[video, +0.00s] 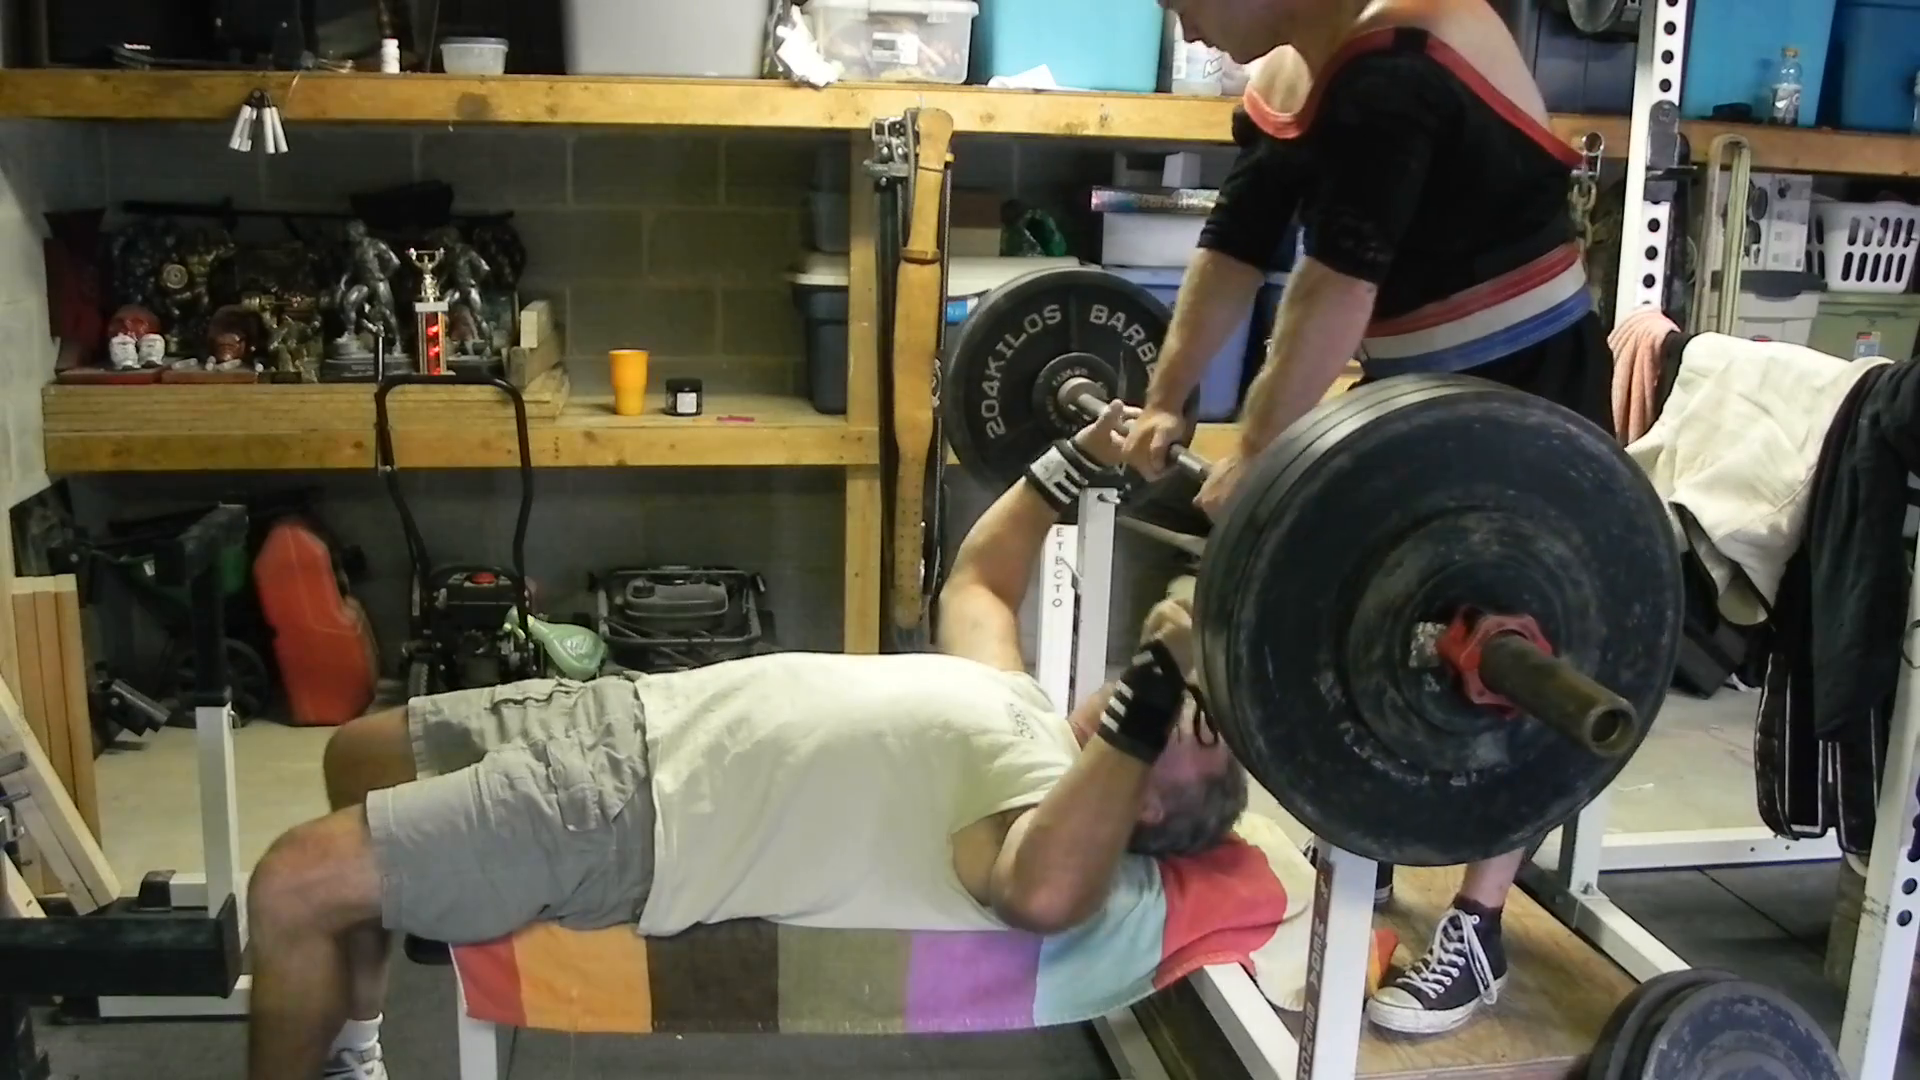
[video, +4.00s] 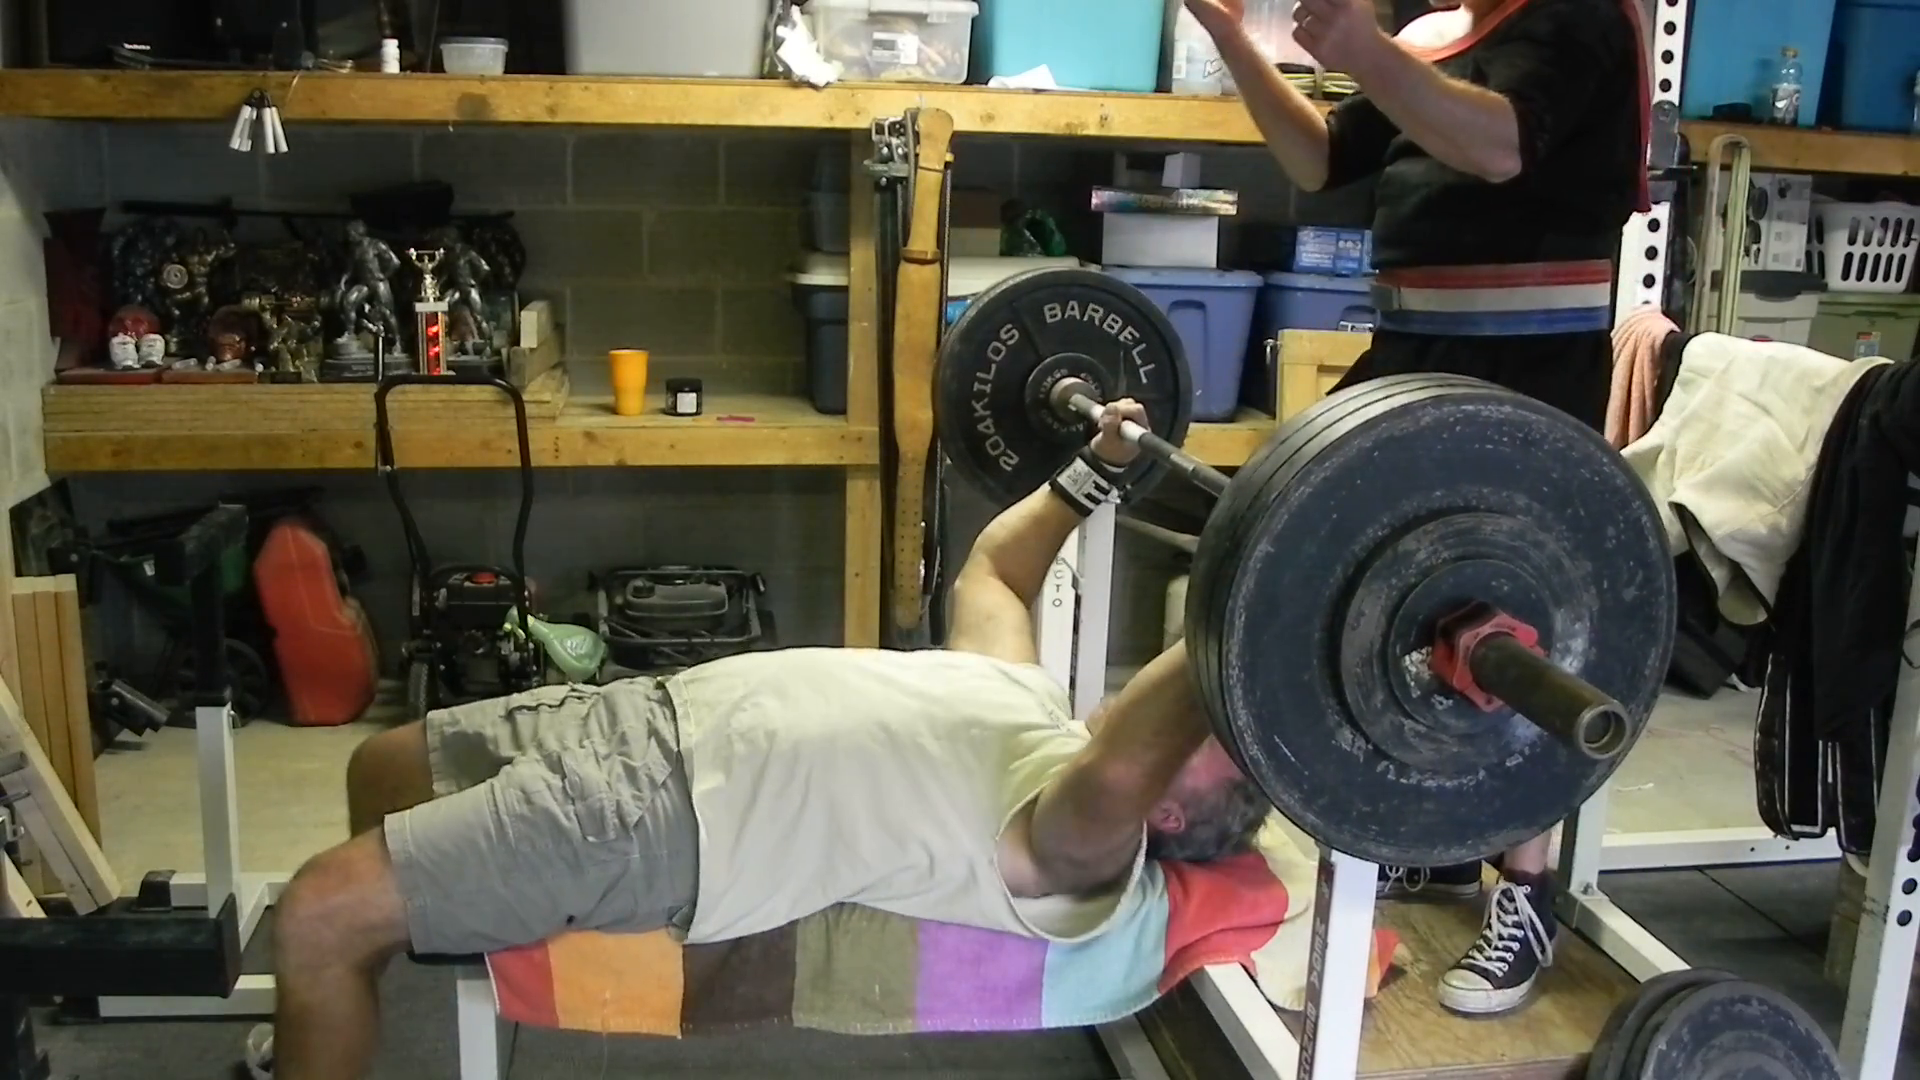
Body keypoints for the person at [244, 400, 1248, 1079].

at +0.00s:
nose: (1163, 708)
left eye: (1198, 733)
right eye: (1176, 695)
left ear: (1185, 809)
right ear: (1143, 707)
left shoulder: (1071, 842)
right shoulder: (1012, 713)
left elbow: (1047, 896)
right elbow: (988, 580)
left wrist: (1159, 678)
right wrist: (1075, 462)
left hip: (637, 816)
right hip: (629, 710)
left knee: (294, 884)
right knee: (362, 757)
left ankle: (288, 1069)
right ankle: (348, 1043)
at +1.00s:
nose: (1166, 729)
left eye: (1196, 754)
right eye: (1185, 714)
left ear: (1183, 821)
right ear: (1154, 704)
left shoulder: (1055, 854)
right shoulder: (1014, 718)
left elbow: (1095, 739)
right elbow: (1006, 587)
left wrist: (1224, 582)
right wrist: (1103, 462)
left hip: (630, 820)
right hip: (623, 708)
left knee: (295, 891)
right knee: (368, 763)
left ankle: (294, 1066)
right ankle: (352, 1040)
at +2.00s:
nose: (1166, 718)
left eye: (1199, 738)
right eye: (1189, 711)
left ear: (1194, 803)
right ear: (1161, 732)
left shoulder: (1061, 857)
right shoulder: (1009, 716)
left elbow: (1121, 748)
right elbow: (1005, 583)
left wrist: (1249, 614)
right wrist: (1089, 472)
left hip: (631, 822)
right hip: (621, 711)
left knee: (297, 892)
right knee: (367, 763)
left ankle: (295, 1063)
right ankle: (350, 1040)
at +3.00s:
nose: (1157, 686)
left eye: (1190, 713)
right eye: (1182, 684)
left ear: (1206, 787)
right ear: (1171, 731)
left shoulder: (1081, 835)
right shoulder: (1031, 705)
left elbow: (1158, 740)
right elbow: (1006, 580)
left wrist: (1280, 591)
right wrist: (1093, 473)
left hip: (640, 818)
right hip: (626, 708)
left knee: (304, 895)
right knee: (370, 763)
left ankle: (304, 1061)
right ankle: (349, 1032)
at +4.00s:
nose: (1185, 731)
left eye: (1218, 745)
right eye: (1202, 716)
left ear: (1206, 810)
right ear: (1173, 719)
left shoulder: (1074, 851)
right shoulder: (1017, 702)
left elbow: (1125, 761)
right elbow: (999, 570)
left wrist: (1250, 623)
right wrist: (1086, 472)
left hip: (656, 821)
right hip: (635, 709)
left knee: (320, 914)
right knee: (384, 768)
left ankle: (318, 1062)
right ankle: (424, 951)